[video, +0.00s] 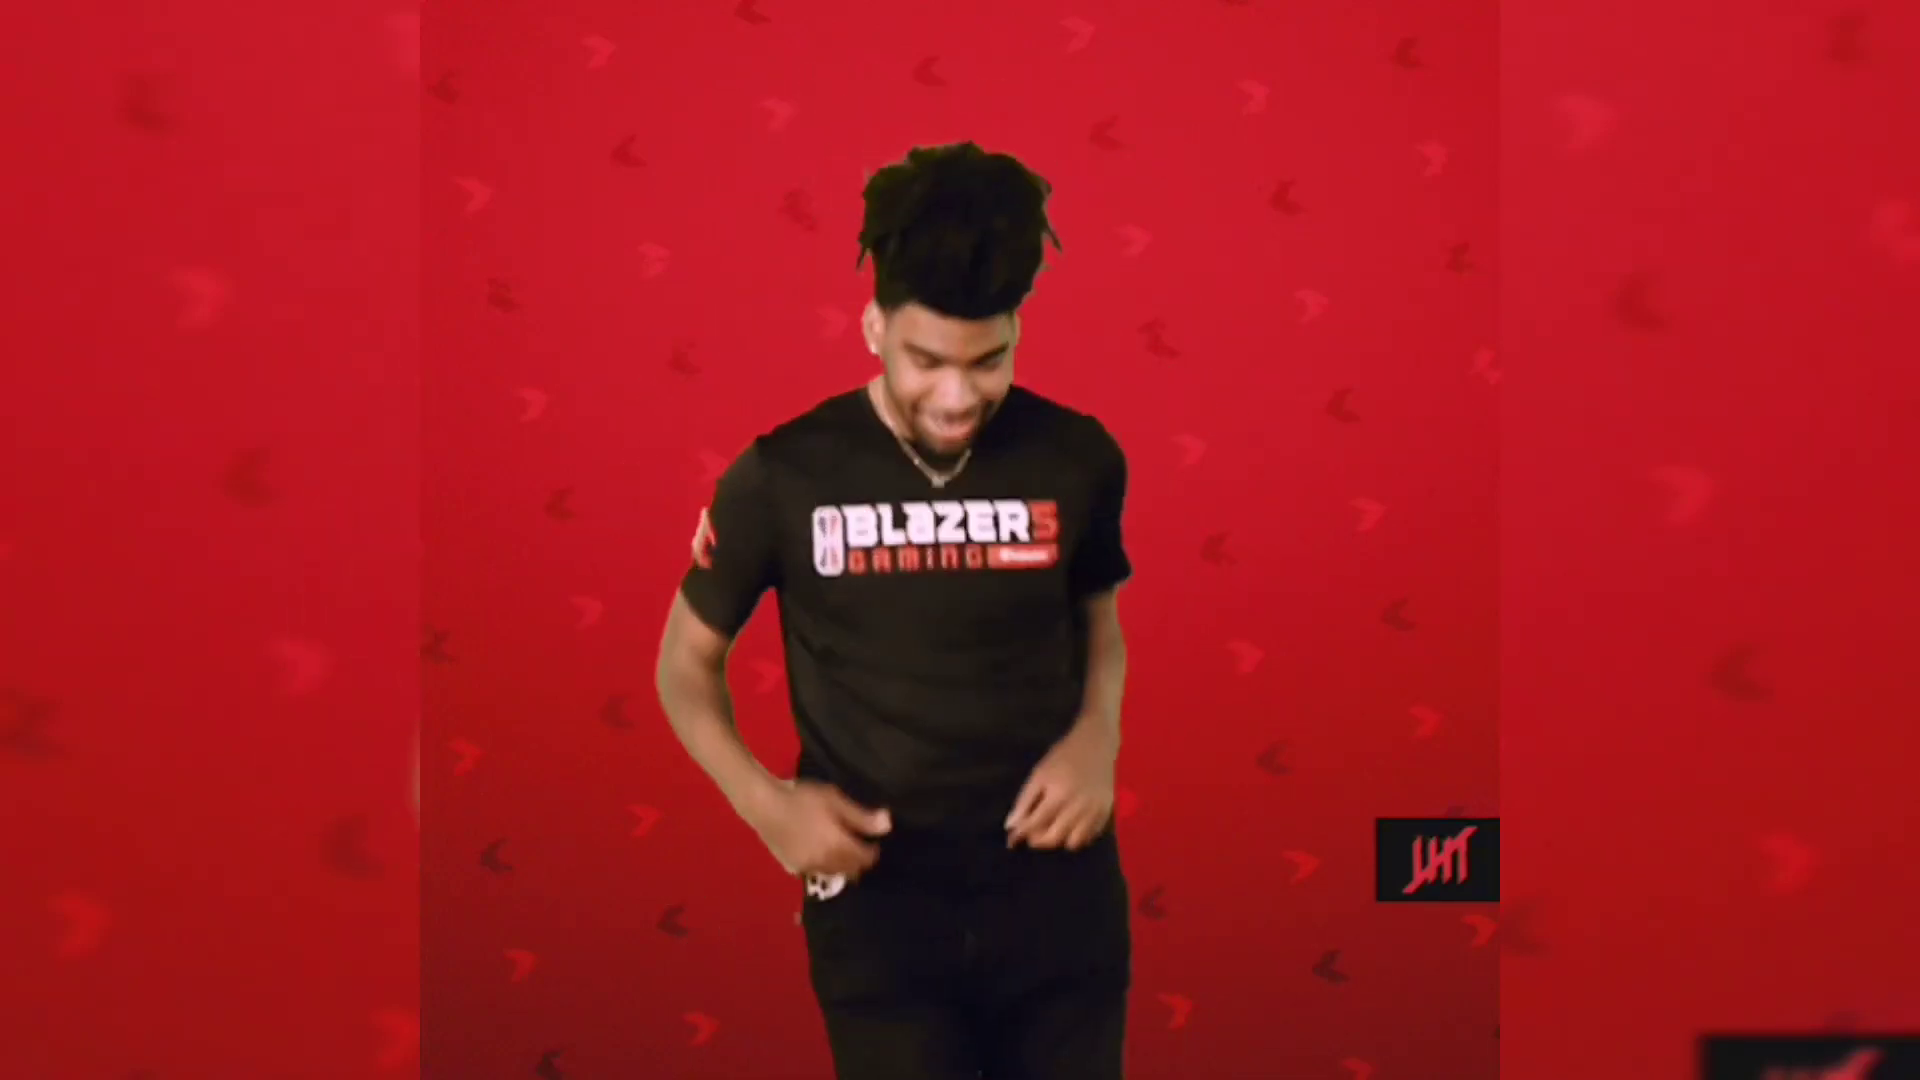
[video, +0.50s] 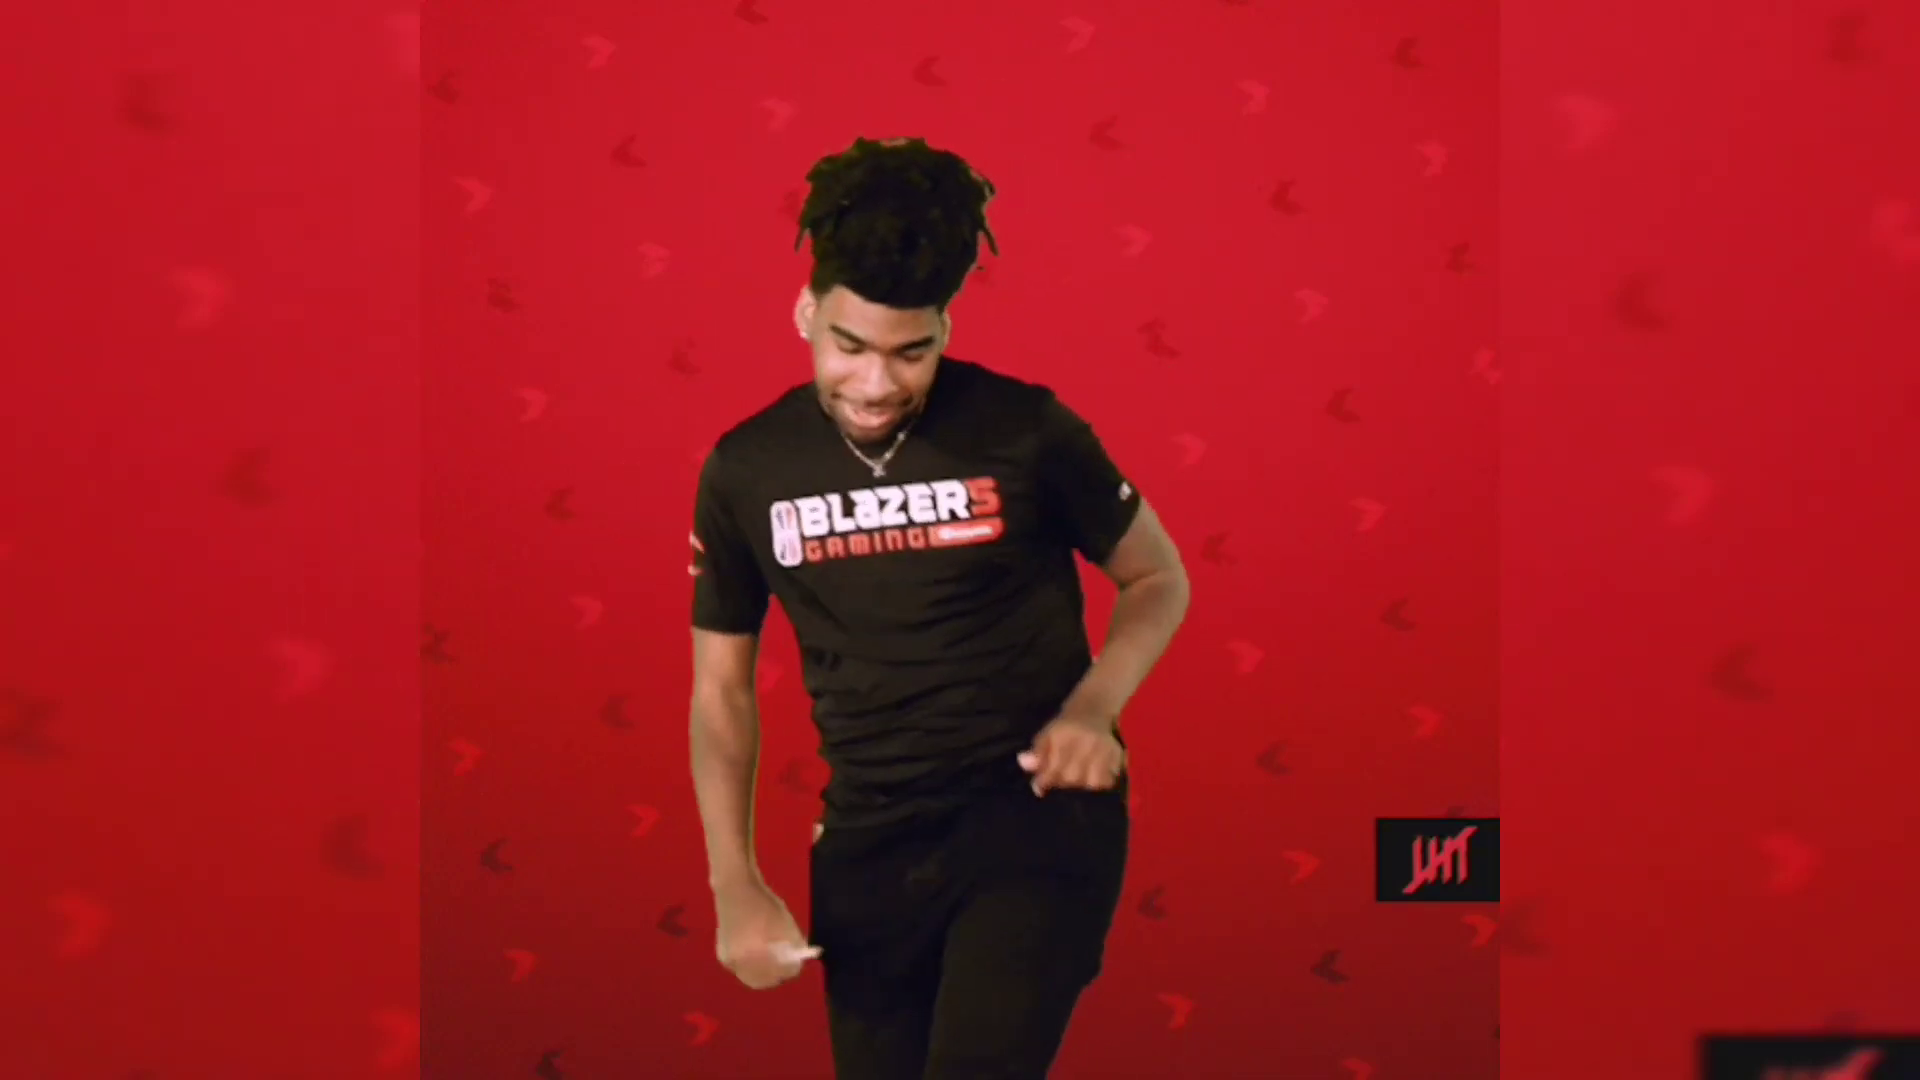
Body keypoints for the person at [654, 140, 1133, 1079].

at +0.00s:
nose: (956, 394)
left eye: (987, 359)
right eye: (925, 358)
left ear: (1020, 324)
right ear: (874, 327)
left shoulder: (1081, 463)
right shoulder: (780, 483)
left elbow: (1097, 611)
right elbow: (685, 663)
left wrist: (1097, 738)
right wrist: (766, 803)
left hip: (1057, 894)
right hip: (879, 907)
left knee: (1072, 1062)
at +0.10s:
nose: (939, 404)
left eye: (973, 371)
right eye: (910, 368)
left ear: (1015, 335)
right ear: (870, 332)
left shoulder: (1086, 473)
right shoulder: (786, 484)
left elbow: (1115, 631)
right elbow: (700, 679)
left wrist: (1093, 747)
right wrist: (785, 823)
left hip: (1050, 892)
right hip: (871, 903)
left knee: (1066, 1064)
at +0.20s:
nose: (919, 389)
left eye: (953, 355)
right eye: (889, 350)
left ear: (997, 327)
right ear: (856, 319)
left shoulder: (1082, 453)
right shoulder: (784, 467)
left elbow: (1130, 602)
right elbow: (723, 661)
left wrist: (1091, 728)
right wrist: (803, 788)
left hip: (1038, 855)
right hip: (863, 862)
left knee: (1024, 1061)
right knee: (878, 1063)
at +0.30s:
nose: (902, 383)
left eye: (937, 351)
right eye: (876, 346)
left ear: (984, 319)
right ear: (843, 311)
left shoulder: (1074, 446)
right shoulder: (778, 468)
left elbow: (1140, 588)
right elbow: (738, 673)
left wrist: (1103, 731)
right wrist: (804, 811)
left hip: (1038, 849)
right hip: (866, 860)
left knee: (987, 1060)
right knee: (874, 1064)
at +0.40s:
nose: (888, 391)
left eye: (923, 359)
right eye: (860, 353)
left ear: (968, 330)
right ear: (827, 316)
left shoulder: (1054, 450)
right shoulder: (765, 484)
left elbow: (1147, 592)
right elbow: (738, 697)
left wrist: (1111, 739)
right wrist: (803, 863)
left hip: (1040, 840)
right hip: (870, 856)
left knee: (966, 1057)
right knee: (869, 1061)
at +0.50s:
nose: (876, 382)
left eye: (911, 351)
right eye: (848, 344)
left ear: (948, 320)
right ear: (805, 306)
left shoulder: (1029, 435)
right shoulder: (745, 474)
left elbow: (1157, 581)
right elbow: (724, 689)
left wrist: (1093, 709)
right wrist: (736, 886)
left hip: (1037, 814)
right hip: (869, 842)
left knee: (977, 1056)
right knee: (875, 1060)